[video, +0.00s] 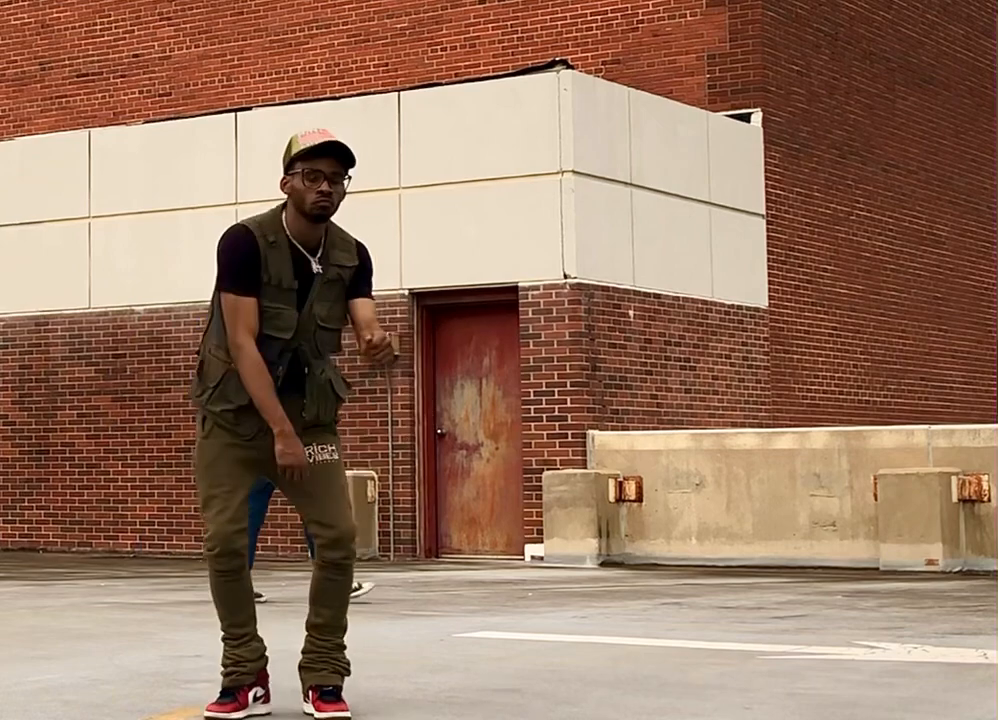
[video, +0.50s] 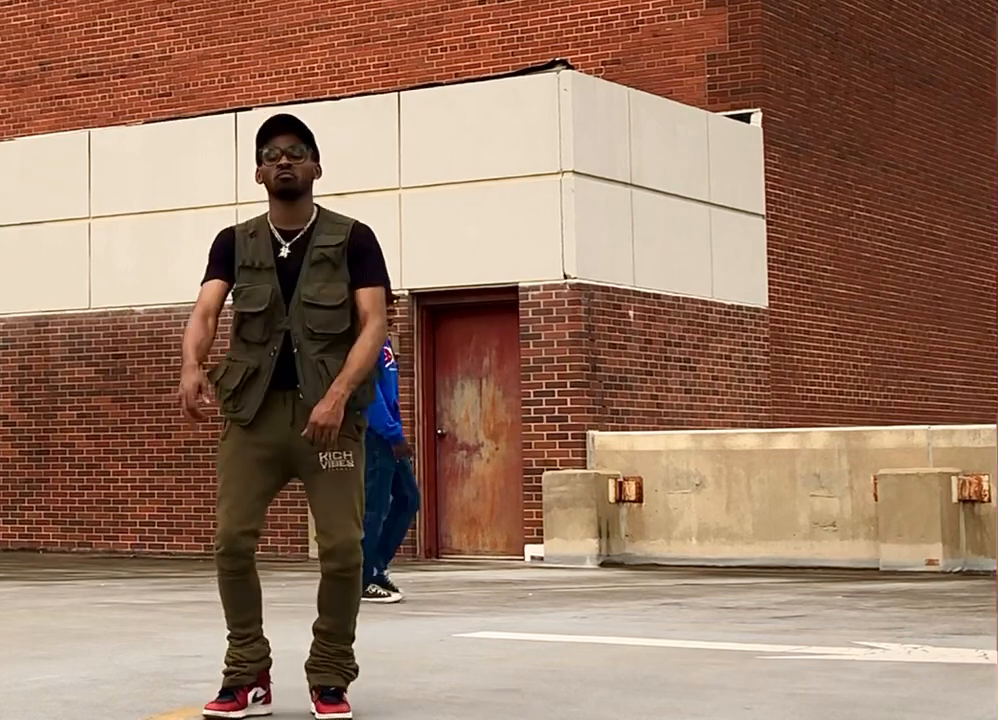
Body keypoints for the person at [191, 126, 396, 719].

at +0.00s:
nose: (324, 188)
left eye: (335, 180)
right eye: (312, 177)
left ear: (346, 188)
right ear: (286, 181)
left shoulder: (352, 256)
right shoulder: (244, 243)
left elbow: (366, 324)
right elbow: (242, 346)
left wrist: (378, 342)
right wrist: (282, 430)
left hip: (310, 415)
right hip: (234, 414)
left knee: (337, 542)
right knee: (224, 544)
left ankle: (324, 677)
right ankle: (244, 674)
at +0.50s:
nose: (284, 163)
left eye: (295, 155)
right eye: (272, 157)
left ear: (315, 168)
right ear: (260, 172)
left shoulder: (353, 238)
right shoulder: (234, 242)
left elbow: (375, 325)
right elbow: (204, 313)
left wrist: (338, 392)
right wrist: (190, 367)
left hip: (331, 413)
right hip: (251, 413)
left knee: (342, 550)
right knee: (231, 543)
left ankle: (329, 677)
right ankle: (246, 673)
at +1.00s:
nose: (295, 169)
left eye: (305, 163)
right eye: (283, 161)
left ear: (315, 179)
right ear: (262, 174)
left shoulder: (327, 241)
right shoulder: (231, 240)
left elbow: (365, 258)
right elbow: (237, 322)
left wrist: (363, 234)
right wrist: (286, 387)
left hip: (325, 410)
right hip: (252, 414)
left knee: (345, 541)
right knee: (249, 547)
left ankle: (330, 675)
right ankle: (253, 669)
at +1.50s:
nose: (289, 170)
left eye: (300, 167)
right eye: (280, 158)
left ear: (307, 181)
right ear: (257, 162)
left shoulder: (314, 231)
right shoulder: (224, 218)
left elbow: (339, 244)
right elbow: (198, 255)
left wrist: (338, 222)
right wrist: (269, 291)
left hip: (317, 394)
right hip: (248, 396)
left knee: (338, 526)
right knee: (250, 530)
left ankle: (324, 662)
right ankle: (253, 666)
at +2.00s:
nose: (276, 196)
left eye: (286, 186)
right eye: (267, 187)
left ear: (308, 186)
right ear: (256, 193)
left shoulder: (335, 223)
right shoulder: (255, 260)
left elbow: (342, 224)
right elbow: (217, 311)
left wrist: (298, 234)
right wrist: (255, 294)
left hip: (323, 400)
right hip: (261, 401)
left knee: (322, 535)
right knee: (238, 509)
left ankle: (322, 655)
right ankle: (248, 642)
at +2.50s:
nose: (267, 201)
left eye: (278, 193)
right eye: (258, 193)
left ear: (297, 198)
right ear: (244, 198)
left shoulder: (320, 235)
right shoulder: (236, 263)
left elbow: (325, 230)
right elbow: (198, 307)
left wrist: (273, 237)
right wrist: (240, 288)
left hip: (316, 407)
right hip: (250, 409)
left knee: (318, 540)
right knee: (217, 522)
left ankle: (320, 655)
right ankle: (223, 637)